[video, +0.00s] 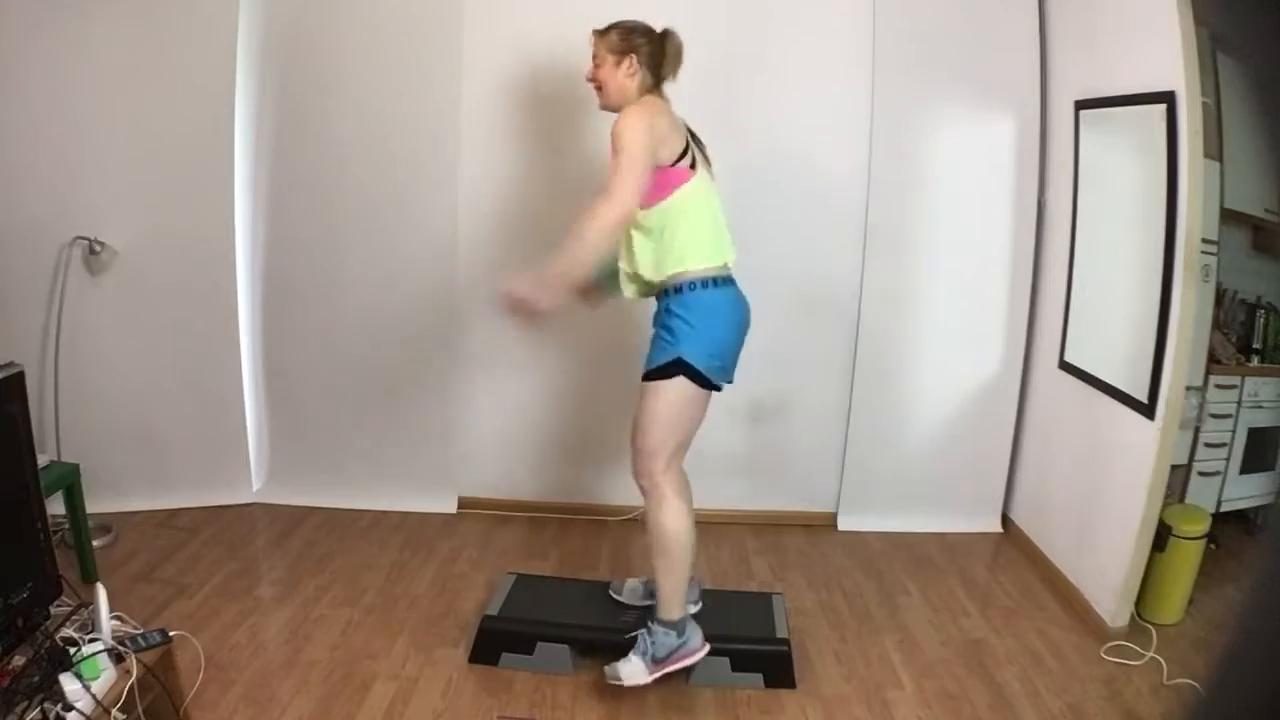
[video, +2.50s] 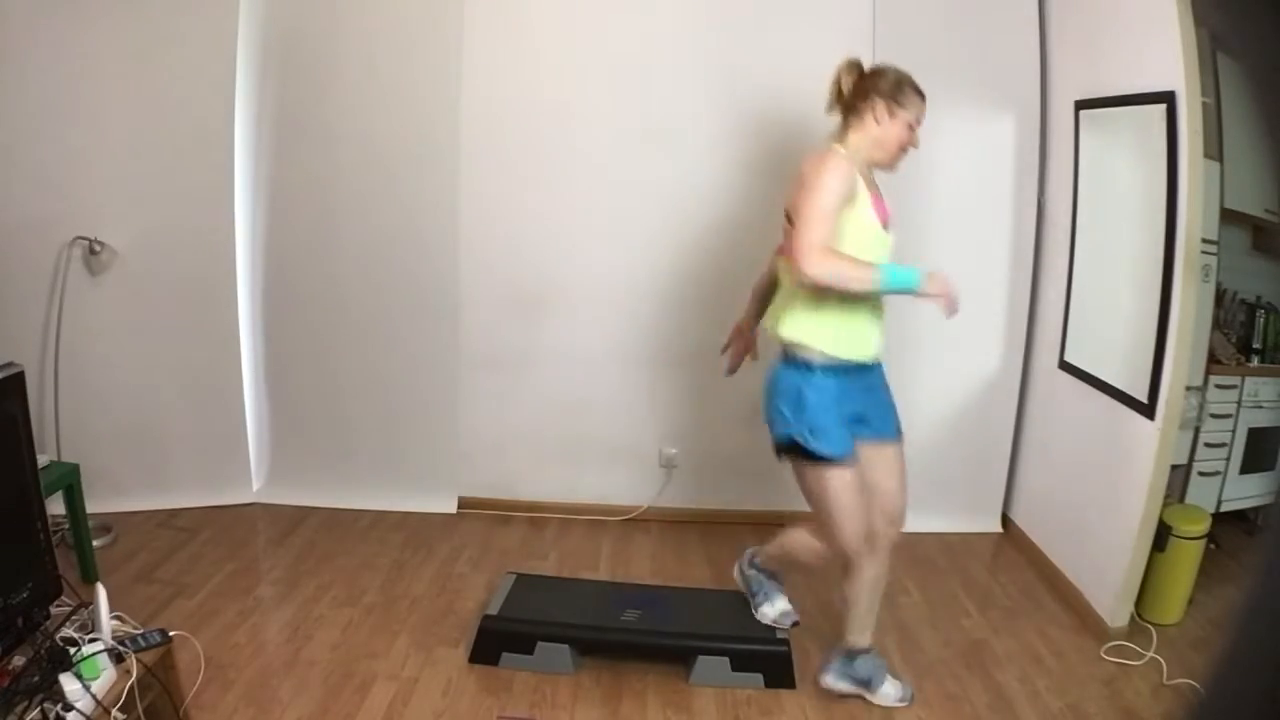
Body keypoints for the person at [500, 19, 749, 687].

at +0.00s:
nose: (590, 74)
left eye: (598, 62)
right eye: (591, 63)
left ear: (631, 65)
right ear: (637, 65)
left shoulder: (640, 119)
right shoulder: (660, 121)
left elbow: (621, 205)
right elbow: (662, 227)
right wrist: (606, 280)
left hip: (697, 306)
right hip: (704, 303)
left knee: (653, 466)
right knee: (661, 459)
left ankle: (674, 629)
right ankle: (674, 584)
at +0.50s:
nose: (594, 41)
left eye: (605, 29)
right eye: (596, 29)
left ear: (642, 40)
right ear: (636, 41)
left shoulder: (661, 99)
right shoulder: (635, 106)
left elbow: (676, 179)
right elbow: (620, 178)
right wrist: (571, 217)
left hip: (691, 291)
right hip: (664, 288)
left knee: (650, 439)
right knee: (635, 431)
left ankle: (691, 599)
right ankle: (670, 563)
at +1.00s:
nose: (641, 93)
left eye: (653, 85)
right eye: (636, 82)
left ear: (684, 89)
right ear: (631, 81)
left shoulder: (711, 144)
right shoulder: (608, 135)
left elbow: (747, 206)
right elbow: (541, 179)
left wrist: (738, 233)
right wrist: (488, 206)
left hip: (683, 310)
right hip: (623, 305)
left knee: (660, 439)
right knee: (609, 424)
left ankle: (660, 567)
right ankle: (610, 497)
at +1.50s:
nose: (705, 150)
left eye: (713, 141)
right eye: (696, 138)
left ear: (718, 141)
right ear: (667, 134)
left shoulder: (722, 194)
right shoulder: (625, 186)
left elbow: (721, 254)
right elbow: (577, 249)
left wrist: (732, 314)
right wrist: (591, 311)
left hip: (688, 336)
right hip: (625, 335)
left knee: (706, 448)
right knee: (607, 446)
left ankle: (679, 531)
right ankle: (592, 517)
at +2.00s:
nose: (814, 103)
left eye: (820, 92)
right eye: (807, 88)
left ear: (818, 93)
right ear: (771, 77)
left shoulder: (810, 136)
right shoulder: (715, 128)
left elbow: (878, 178)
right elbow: (627, 160)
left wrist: (912, 164)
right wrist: (557, 213)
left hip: (760, 301)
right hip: (707, 298)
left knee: (743, 431)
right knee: (749, 432)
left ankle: (710, 522)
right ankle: (740, 559)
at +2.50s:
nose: (914, 141)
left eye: (917, 128)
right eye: (910, 125)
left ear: (876, 118)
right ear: (876, 112)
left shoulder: (857, 178)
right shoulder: (827, 169)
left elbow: (785, 256)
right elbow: (810, 262)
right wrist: (915, 280)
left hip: (861, 371)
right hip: (809, 373)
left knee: (885, 524)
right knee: (843, 541)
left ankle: (853, 657)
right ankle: (758, 564)